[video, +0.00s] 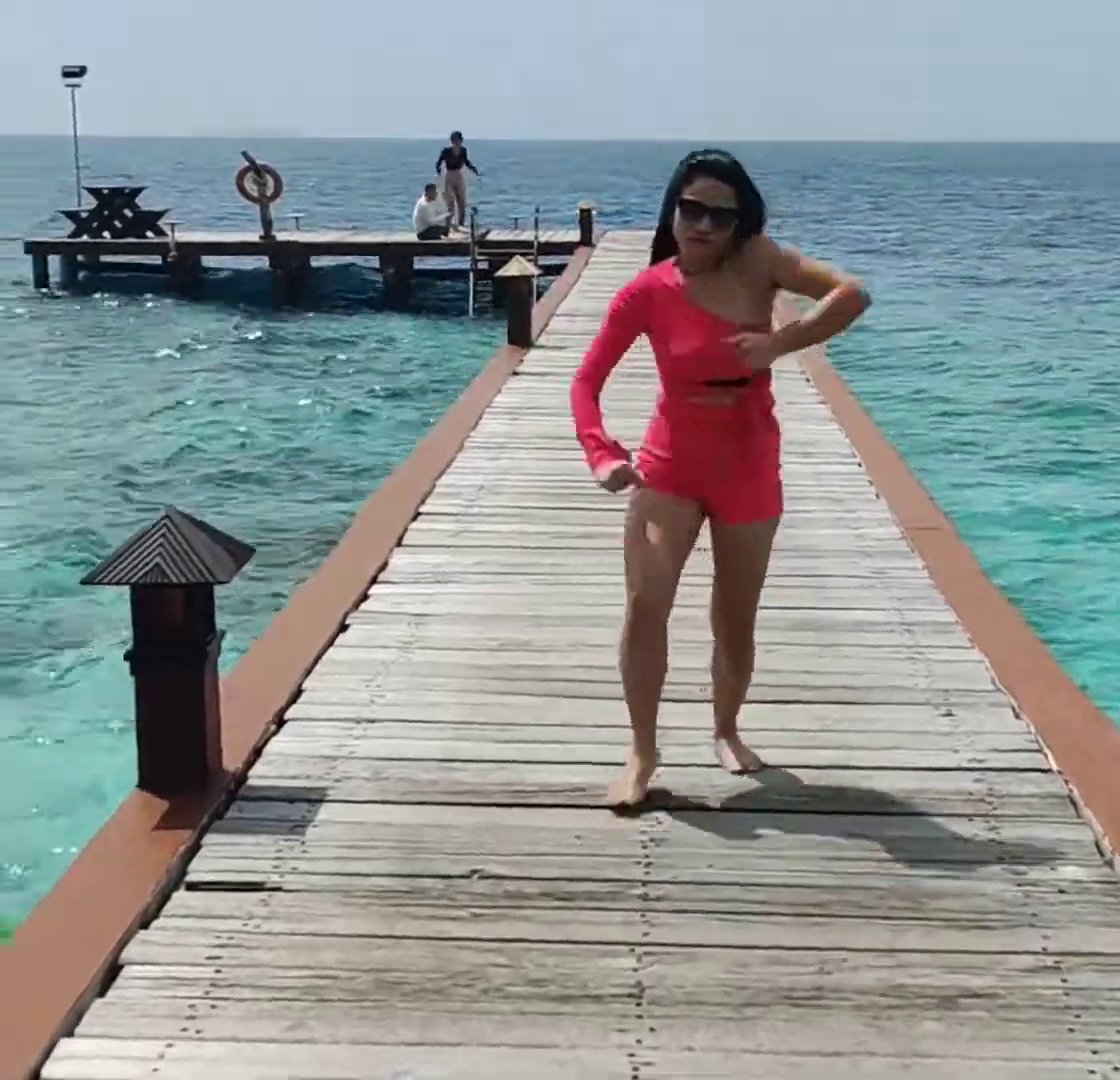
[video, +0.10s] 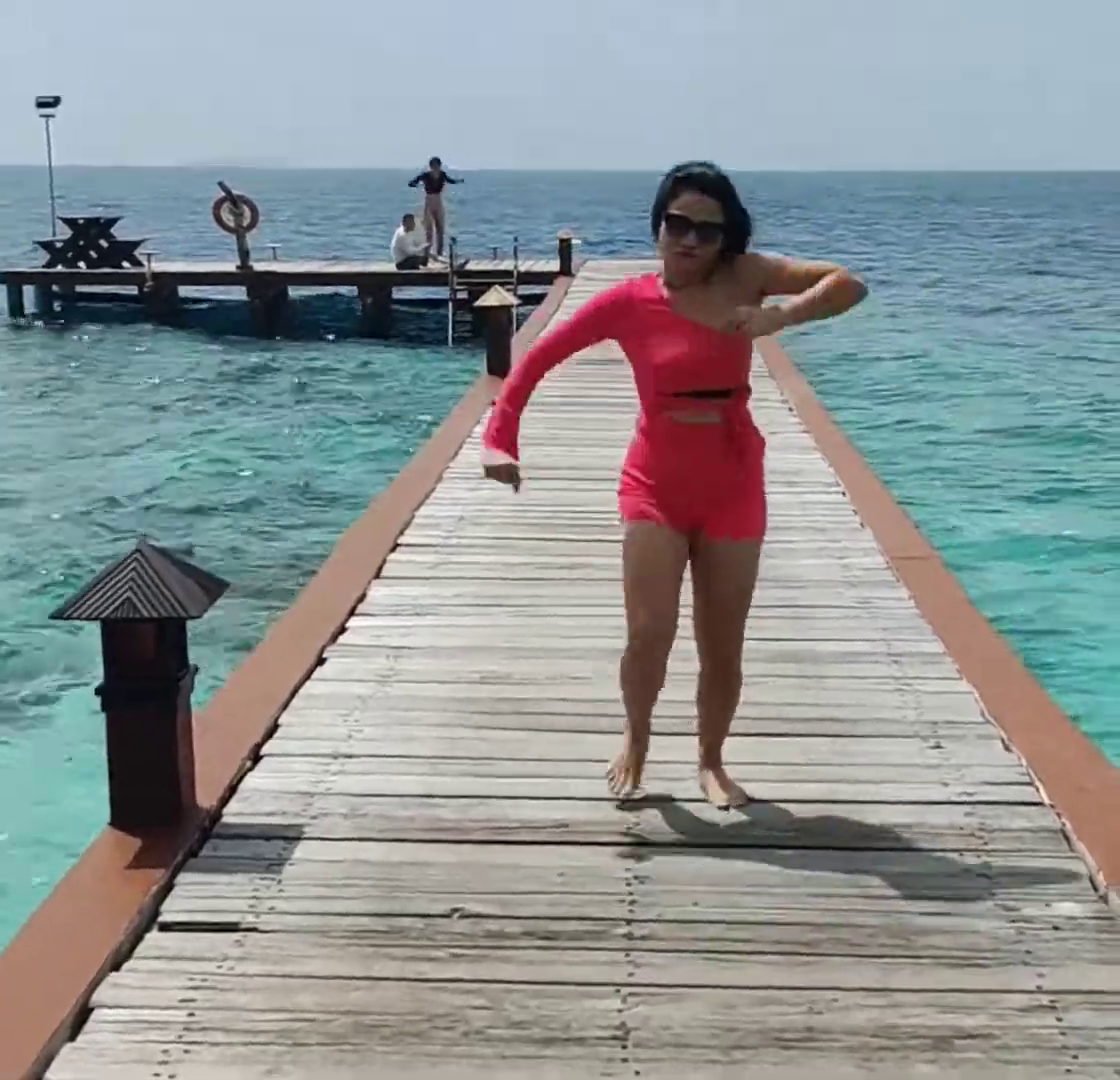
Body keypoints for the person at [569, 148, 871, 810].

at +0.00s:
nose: (701, 224)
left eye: (718, 213)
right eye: (689, 209)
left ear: (742, 219)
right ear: (671, 212)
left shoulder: (763, 263)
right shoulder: (648, 291)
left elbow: (852, 295)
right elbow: (585, 383)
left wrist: (782, 342)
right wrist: (602, 452)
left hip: (749, 465)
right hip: (670, 460)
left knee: (735, 620)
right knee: (644, 610)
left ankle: (726, 731)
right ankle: (641, 755)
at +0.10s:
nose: (687, 239)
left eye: (705, 228)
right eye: (675, 223)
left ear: (728, 234)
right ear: (657, 225)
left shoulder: (750, 275)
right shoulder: (629, 301)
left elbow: (849, 286)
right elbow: (536, 358)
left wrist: (782, 314)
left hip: (734, 482)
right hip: (655, 480)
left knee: (723, 644)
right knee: (648, 635)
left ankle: (711, 763)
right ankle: (634, 740)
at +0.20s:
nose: (681, 263)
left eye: (697, 252)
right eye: (668, 248)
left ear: (722, 258)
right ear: (651, 249)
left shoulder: (733, 303)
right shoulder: (619, 312)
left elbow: (829, 317)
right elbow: (517, 347)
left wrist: (748, 319)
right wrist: (432, 401)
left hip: (726, 508)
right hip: (647, 512)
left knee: (721, 669)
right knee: (658, 678)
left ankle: (703, 786)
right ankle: (625, 717)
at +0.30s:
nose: (673, 289)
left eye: (690, 279)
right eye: (661, 274)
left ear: (711, 287)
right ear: (643, 276)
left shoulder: (722, 342)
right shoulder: (607, 340)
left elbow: (812, 365)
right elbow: (502, 354)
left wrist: (732, 360)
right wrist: (398, 369)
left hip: (715, 529)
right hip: (639, 534)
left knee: (717, 691)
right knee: (652, 696)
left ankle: (697, 806)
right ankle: (617, 744)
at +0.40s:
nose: (660, 287)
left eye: (676, 277)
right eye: (647, 274)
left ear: (694, 287)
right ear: (627, 280)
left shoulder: (709, 351)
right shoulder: (590, 343)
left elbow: (795, 388)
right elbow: (488, 344)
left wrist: (715, 378)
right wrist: (386, 341)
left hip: (696, 530)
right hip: (618, 536)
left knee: (696, 690)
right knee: (633, 695)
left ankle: (688, 818)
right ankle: (603, 764)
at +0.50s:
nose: (632, 266)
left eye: (647, 256)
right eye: (619, 255)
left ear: (668, 269)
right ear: (600, 265)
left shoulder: (686, 339)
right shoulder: (567, 328)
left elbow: (776, 364)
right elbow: (461, 313)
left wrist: (698, 364)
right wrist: (361, 297)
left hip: (662, 518)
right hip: (585, 522)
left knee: (669, 684)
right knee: (590, 689)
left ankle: (674, 816)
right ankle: (585, 778)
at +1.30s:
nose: (505, 243)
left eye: (521, 233)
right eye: (494, 231)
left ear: (545, 246)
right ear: (476, 240)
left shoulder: (563, 313)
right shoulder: (442, 301)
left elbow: (666, 273)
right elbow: (351, 299)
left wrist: (747, 233)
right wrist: (275, 288)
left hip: (556, 497)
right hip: (478, 502)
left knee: (545, 648)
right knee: (490, 659)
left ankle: (536, 771)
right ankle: (485, 774)